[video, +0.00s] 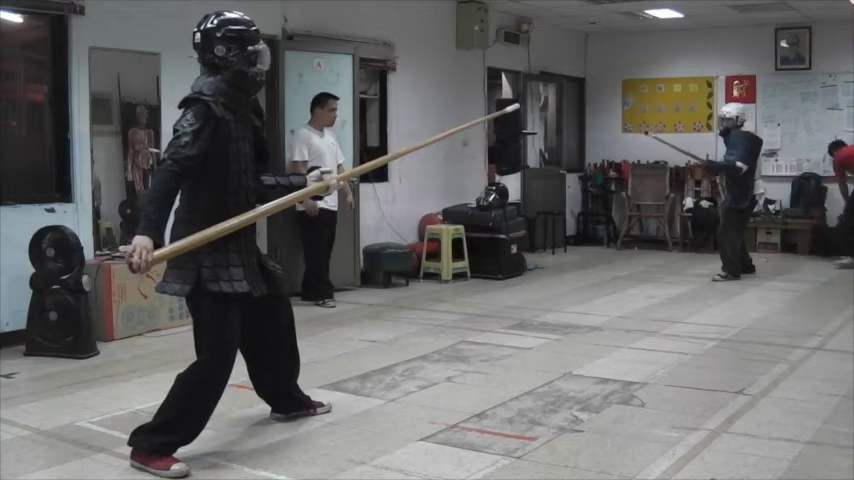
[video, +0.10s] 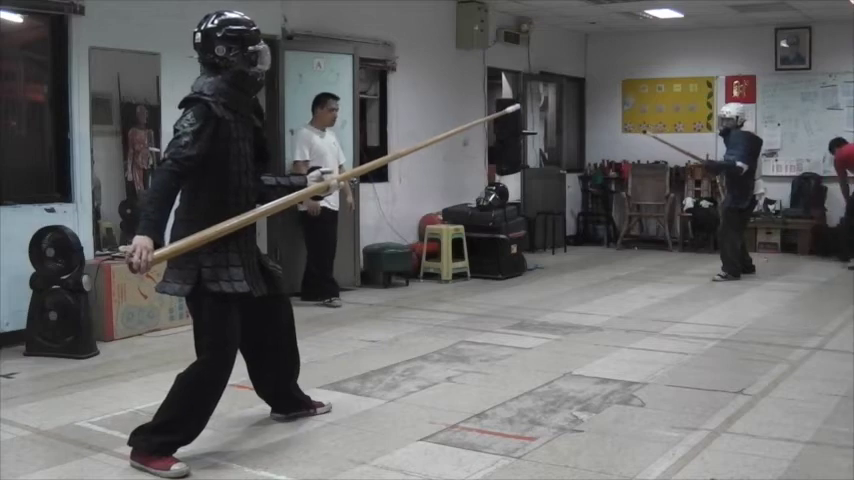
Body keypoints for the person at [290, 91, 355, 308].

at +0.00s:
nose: (336, 115)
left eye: (336, 110)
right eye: (332, 110)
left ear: (324, 112)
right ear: (318, 111)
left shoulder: (330, 136)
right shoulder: (302, 134)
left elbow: (339, 168)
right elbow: (298, 169)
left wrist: (348, 191)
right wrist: (305, 196)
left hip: (330, 202)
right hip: (312, 202)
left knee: (324, 249)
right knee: (316, 250)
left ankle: (313, 290)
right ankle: (321, 292)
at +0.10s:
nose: (336, 115)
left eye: (337, 111)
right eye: (332, 110)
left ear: (328, 113)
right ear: (318, 111)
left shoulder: (331, 136)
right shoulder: (304, 134)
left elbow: (340, 168)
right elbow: (299, 169)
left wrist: (348, 192)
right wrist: (307, 197)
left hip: (331, 200)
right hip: (314, 201)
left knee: (326, 248)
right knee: (320, 248)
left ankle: (313, 290)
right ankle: (326, 291)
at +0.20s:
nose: (337, 115)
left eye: (339, 110)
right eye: (333, 110)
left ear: (335, 112)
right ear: (320, 110)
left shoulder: (334, 136)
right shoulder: (306, 134)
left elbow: (341, 169)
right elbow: (300, 169)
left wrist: (349, 194)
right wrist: (307, 198)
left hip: (333, 201)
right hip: (315, 202)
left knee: (323, 250)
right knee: (327, 249)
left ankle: (311, 289)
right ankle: (338, 291)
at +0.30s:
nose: (341, 115)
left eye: (342, 111)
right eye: (337, 111)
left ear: (339, 112)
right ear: (323, 111)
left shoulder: (337, 137)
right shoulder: (310, 136)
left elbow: (345, 168)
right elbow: (304, 170)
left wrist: (353, 195)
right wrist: (307, 198)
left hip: (335, 201)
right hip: (319, 202)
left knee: (322, 249)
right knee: (333, 247)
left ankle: (311, 291)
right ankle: (347, 289)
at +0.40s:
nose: (346, 116)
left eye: (347, 112)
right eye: (342, 112)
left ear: (343, 114)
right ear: (328, 112)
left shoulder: (341, 138)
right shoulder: (315, 137)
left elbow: (350, 170)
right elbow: (309, 172)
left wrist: (360, 196)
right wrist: (309, 201)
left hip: (339, 202)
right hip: (324, 203)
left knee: (323, 249)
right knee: (339, 247)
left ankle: (312, 291)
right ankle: (356, 289)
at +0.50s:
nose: (353, 118)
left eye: (354, 114)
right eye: (349, 114)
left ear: (348, 116)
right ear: (336, 113)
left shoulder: (348, 139)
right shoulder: (321, 139)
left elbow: (357, 169)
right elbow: (314, 174)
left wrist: (370, 192)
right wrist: (315, 202)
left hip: (345, 205)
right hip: (330, 206)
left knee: (325, 251)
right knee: (345, 250)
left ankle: (312, 291)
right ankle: (364, 293)